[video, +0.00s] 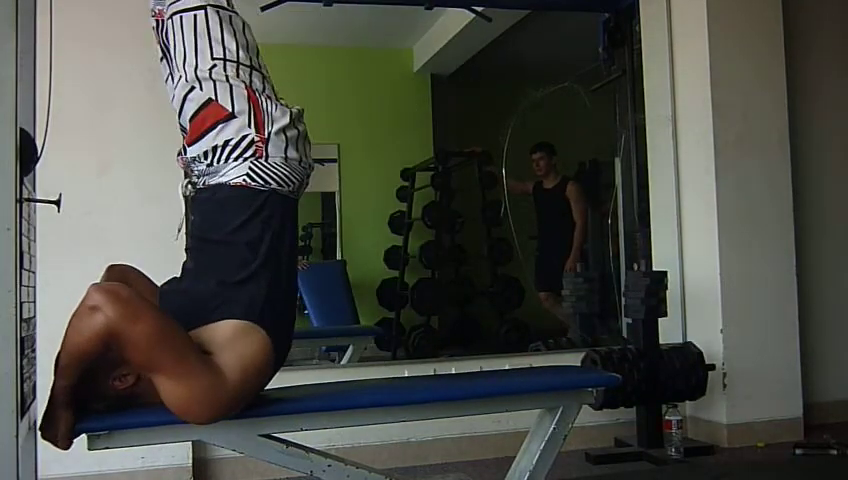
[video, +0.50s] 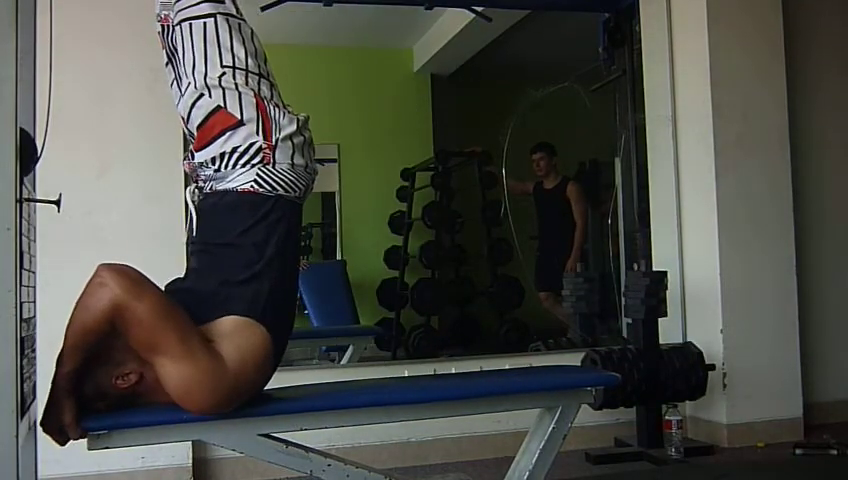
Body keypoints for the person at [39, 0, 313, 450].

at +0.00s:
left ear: (123, 380)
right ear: (124, 378)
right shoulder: (200, 393)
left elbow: (120, 273)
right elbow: (103, 303)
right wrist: (61, 394)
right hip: (249, 159)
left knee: (182, 5)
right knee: (182, 4)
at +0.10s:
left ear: (123, 381)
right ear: (123, 378)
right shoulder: (202, 392)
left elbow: (119, 276)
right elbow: (104, 303)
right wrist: (59, 395)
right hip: (248, 157)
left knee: (174, 6)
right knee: (178, 4)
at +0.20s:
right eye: (111, 370)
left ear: (122, 380)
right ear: (122, 379)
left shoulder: (201, 379)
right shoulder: (199, 388)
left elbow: (118, 280)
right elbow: (110, 293)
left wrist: (57, 382)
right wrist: (55, 386)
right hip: (245, 162)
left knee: (177, 6)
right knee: (179, 5)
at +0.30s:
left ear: (125, 379)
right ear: (124, 376)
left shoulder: (201, 380)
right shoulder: (197, 384)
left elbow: (112, 284)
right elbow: (113, 284)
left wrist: (56, 380)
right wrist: (57, 380)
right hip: (246, 165)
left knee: (174, 7)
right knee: (179, 4)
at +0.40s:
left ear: (125, 380)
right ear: (125, 377)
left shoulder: (204, 379)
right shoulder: (200, 383)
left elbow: (109, 284)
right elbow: (110, 284)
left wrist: (57, 382)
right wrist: (58, 382)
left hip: (243, 172)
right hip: (248, 169)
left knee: (177, 6)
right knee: (181, 4)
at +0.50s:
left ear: (126, 380)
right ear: (126, 377)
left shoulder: (206, 379)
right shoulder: (202, 382)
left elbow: (111, 283)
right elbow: (112, 283)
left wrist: (63, 383)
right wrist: (63, 385)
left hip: (249, 173)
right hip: (253, 169)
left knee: (186, 6)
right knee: (188, 4)